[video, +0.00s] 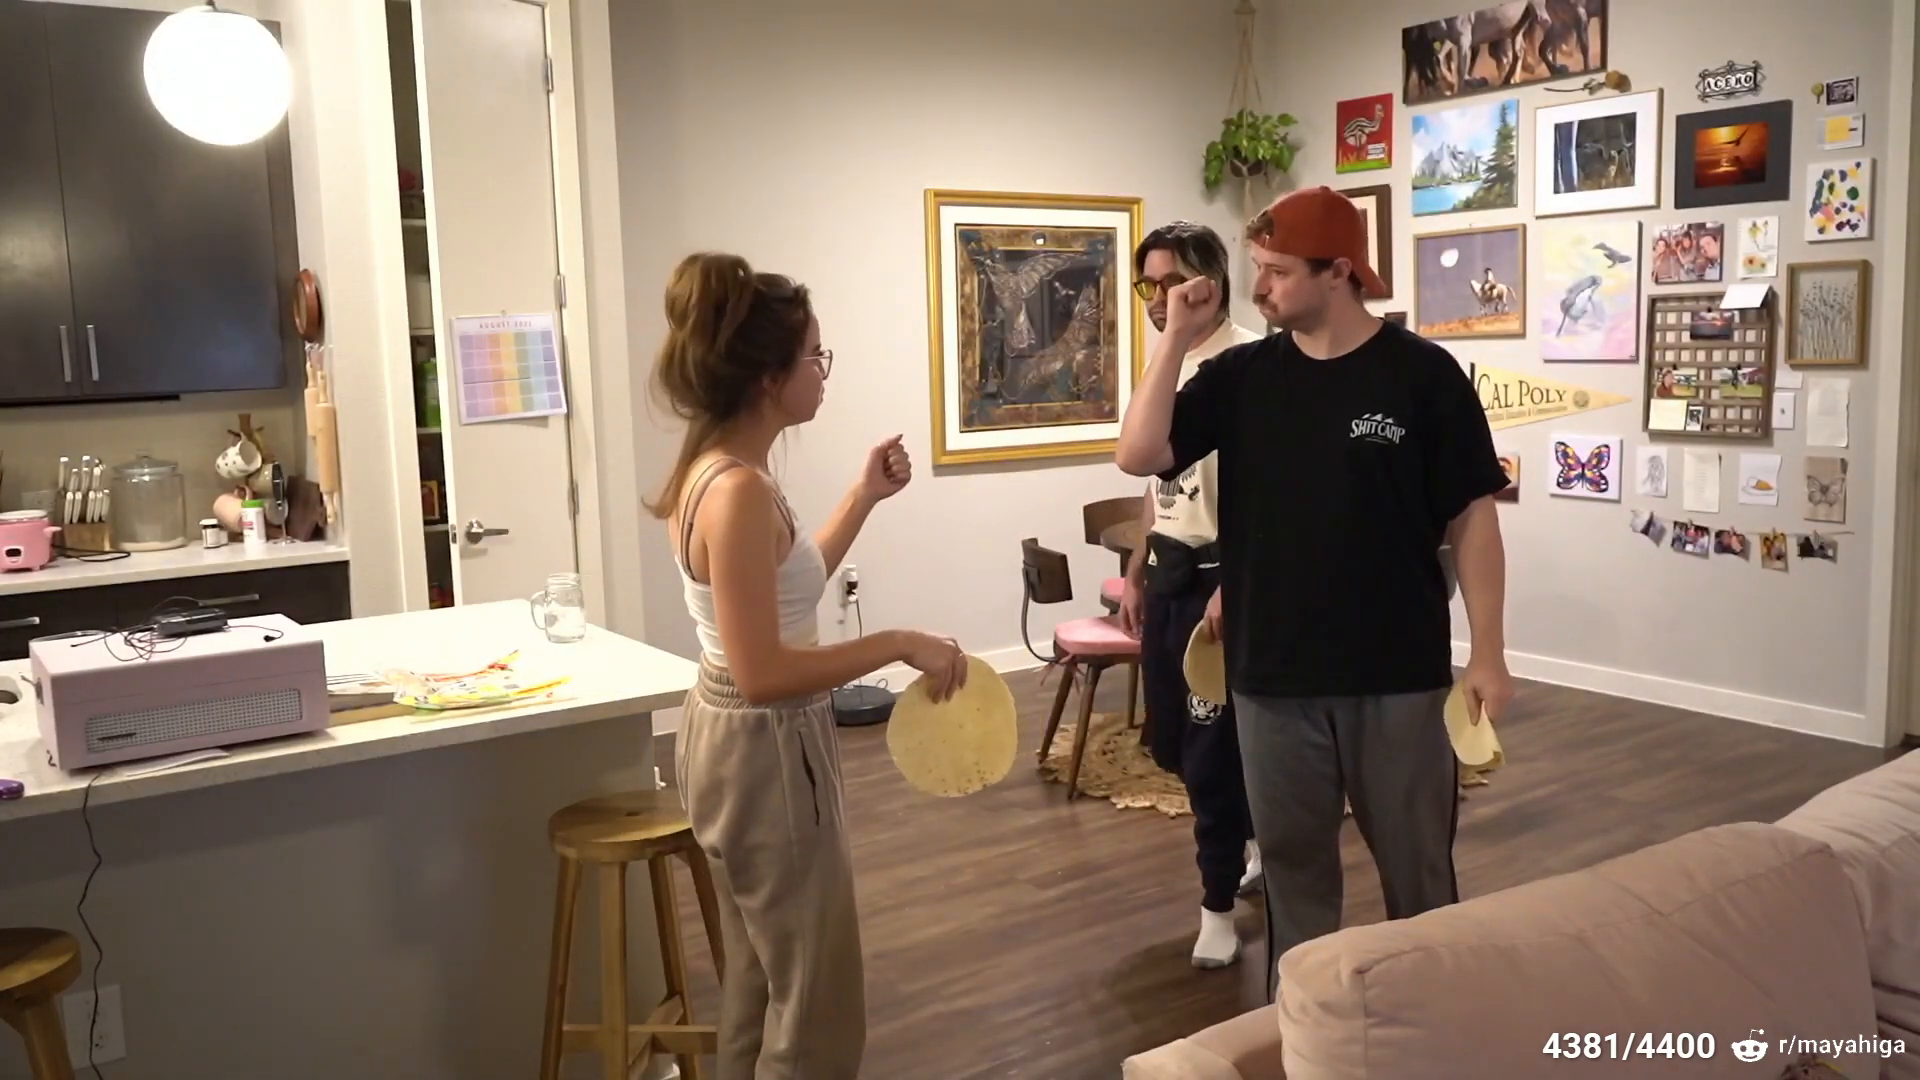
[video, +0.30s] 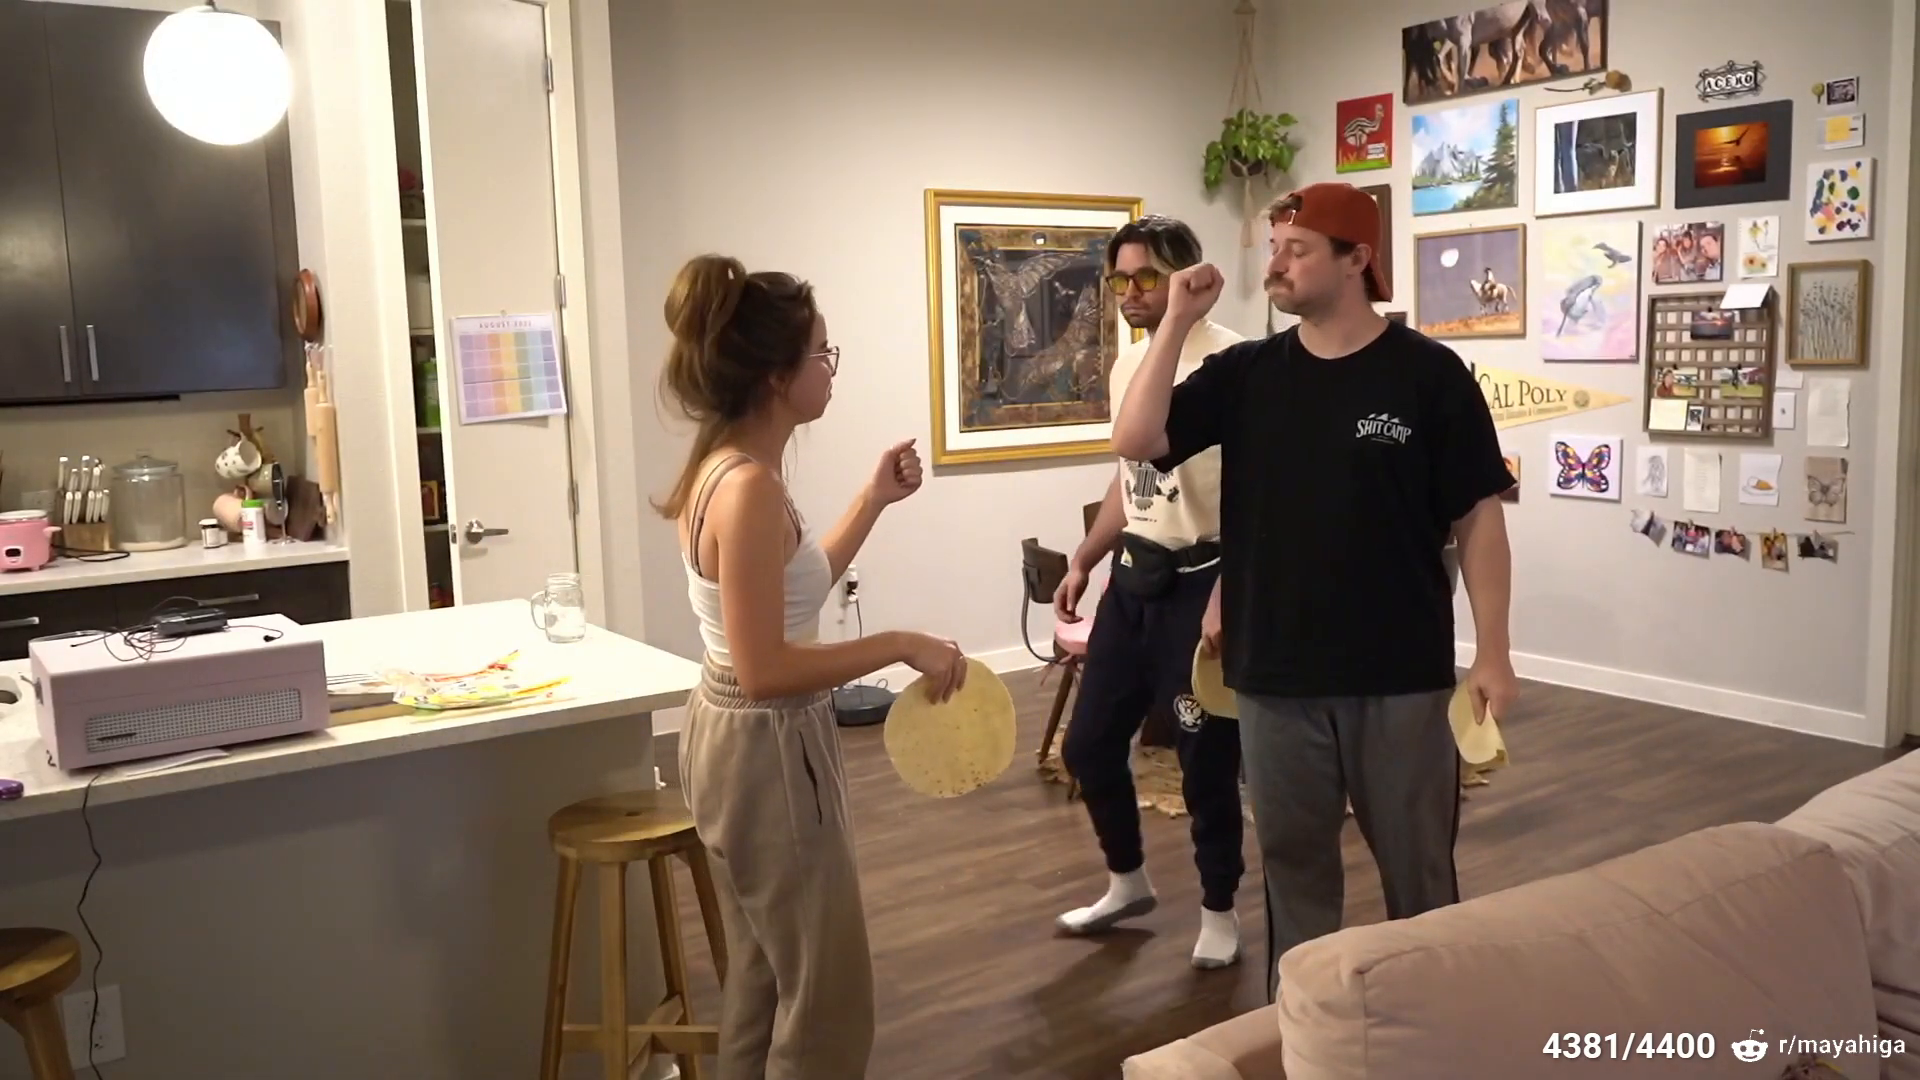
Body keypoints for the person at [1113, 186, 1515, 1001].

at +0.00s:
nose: (1258, 288)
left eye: (1274, 273)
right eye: (1257, 273)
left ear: (1338, 273)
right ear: (1313, 275)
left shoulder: (1425, 374)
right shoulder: (1239, 377)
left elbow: (1473, 518)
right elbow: (1139, 452)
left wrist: (1487, 652)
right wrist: (1174, 339)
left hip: (1397, 681)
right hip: (1272, 683)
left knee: (1420, 884)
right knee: (1293, 886)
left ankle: (1440, 1039)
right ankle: (1302, 1043)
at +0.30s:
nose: (1275, 262)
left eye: (1294, 249)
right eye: (1274, 249)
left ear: (1355, 261)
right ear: (1275, 262)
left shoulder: (1430, 373)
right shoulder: (1245, 372)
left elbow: (1480, 517)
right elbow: (1136, 440)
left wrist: (1493, 653)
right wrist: (1175, 321)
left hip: (1401, 681)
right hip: (1275, 682)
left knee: (1420, 882)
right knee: (1293, 880)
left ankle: (1441, 1038)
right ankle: (1298, 1037)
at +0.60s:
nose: (1294, 247)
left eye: (1315, 235)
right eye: (1291, 236)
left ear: (1371, 252)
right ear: (1286, 256)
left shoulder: (1439, 373)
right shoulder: (1255, 365)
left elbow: (1488, 517)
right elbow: (1139, 388)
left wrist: (1502, 651)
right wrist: (1185, 272)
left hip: (1405, 677)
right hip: (1276, 674)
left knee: (1421, 878)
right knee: (1295, 874)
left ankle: (1437, 1035)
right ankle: (1300, 1034)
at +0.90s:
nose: (1301, 252)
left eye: (1323, 238)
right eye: (1297, 241)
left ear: (1378, 253)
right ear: (1293, 259)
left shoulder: (1443, 372)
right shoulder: (1258, 365)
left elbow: (1492, 513)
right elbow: (1162, 441)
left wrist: (1508, 651)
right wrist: (1182, 321)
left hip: (1409, 676)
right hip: (1280, 673)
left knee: (1422, 876)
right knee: (1296, 869)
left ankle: (1438, 1033)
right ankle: (1302, 1032)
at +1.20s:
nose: (1294, 255)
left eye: (1315, 241)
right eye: (1289, 244)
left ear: (1371, 255)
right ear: (1286, 261)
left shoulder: (1440, 371)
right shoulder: (1257, 371)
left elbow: (1490, 511)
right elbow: (1155, 450)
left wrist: (1504, 645)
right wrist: (1164, 329)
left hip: (1410, 675)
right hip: (1285, 674)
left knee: (1422, 875)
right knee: (1296, 865)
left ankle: (1435, 1032)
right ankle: (1302, 1032)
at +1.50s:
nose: (1288, 257)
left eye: (1309, 243)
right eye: (1284, 245)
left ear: (1364, 258)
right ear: (1280, 259)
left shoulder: (1434, 371)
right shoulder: (1252, 374)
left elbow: (1488, 512)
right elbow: (1157, 474)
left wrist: (1502, 647)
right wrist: (1136, 383)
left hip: (1403, 679)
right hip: (1279, 679)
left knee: (1417, 882)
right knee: (1292, 876)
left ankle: (1433, 1038)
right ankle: (1299, 1037)